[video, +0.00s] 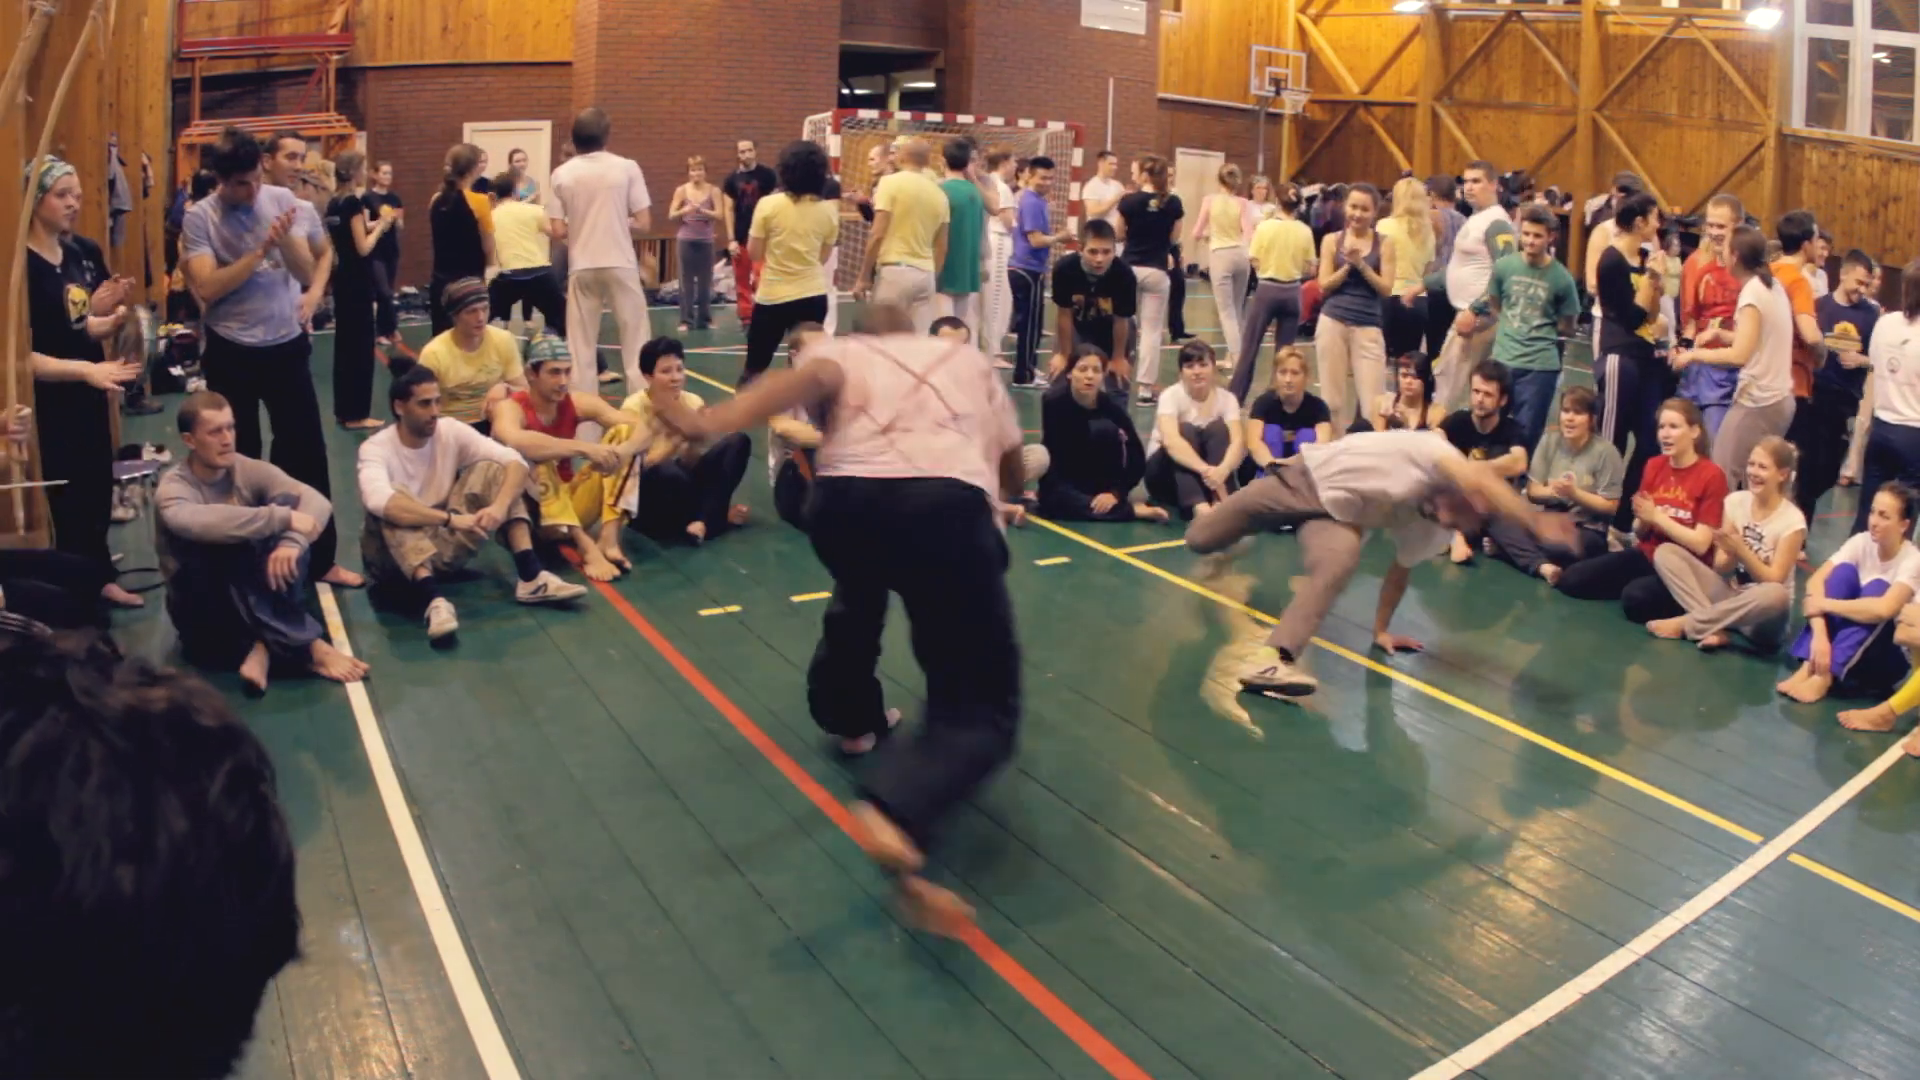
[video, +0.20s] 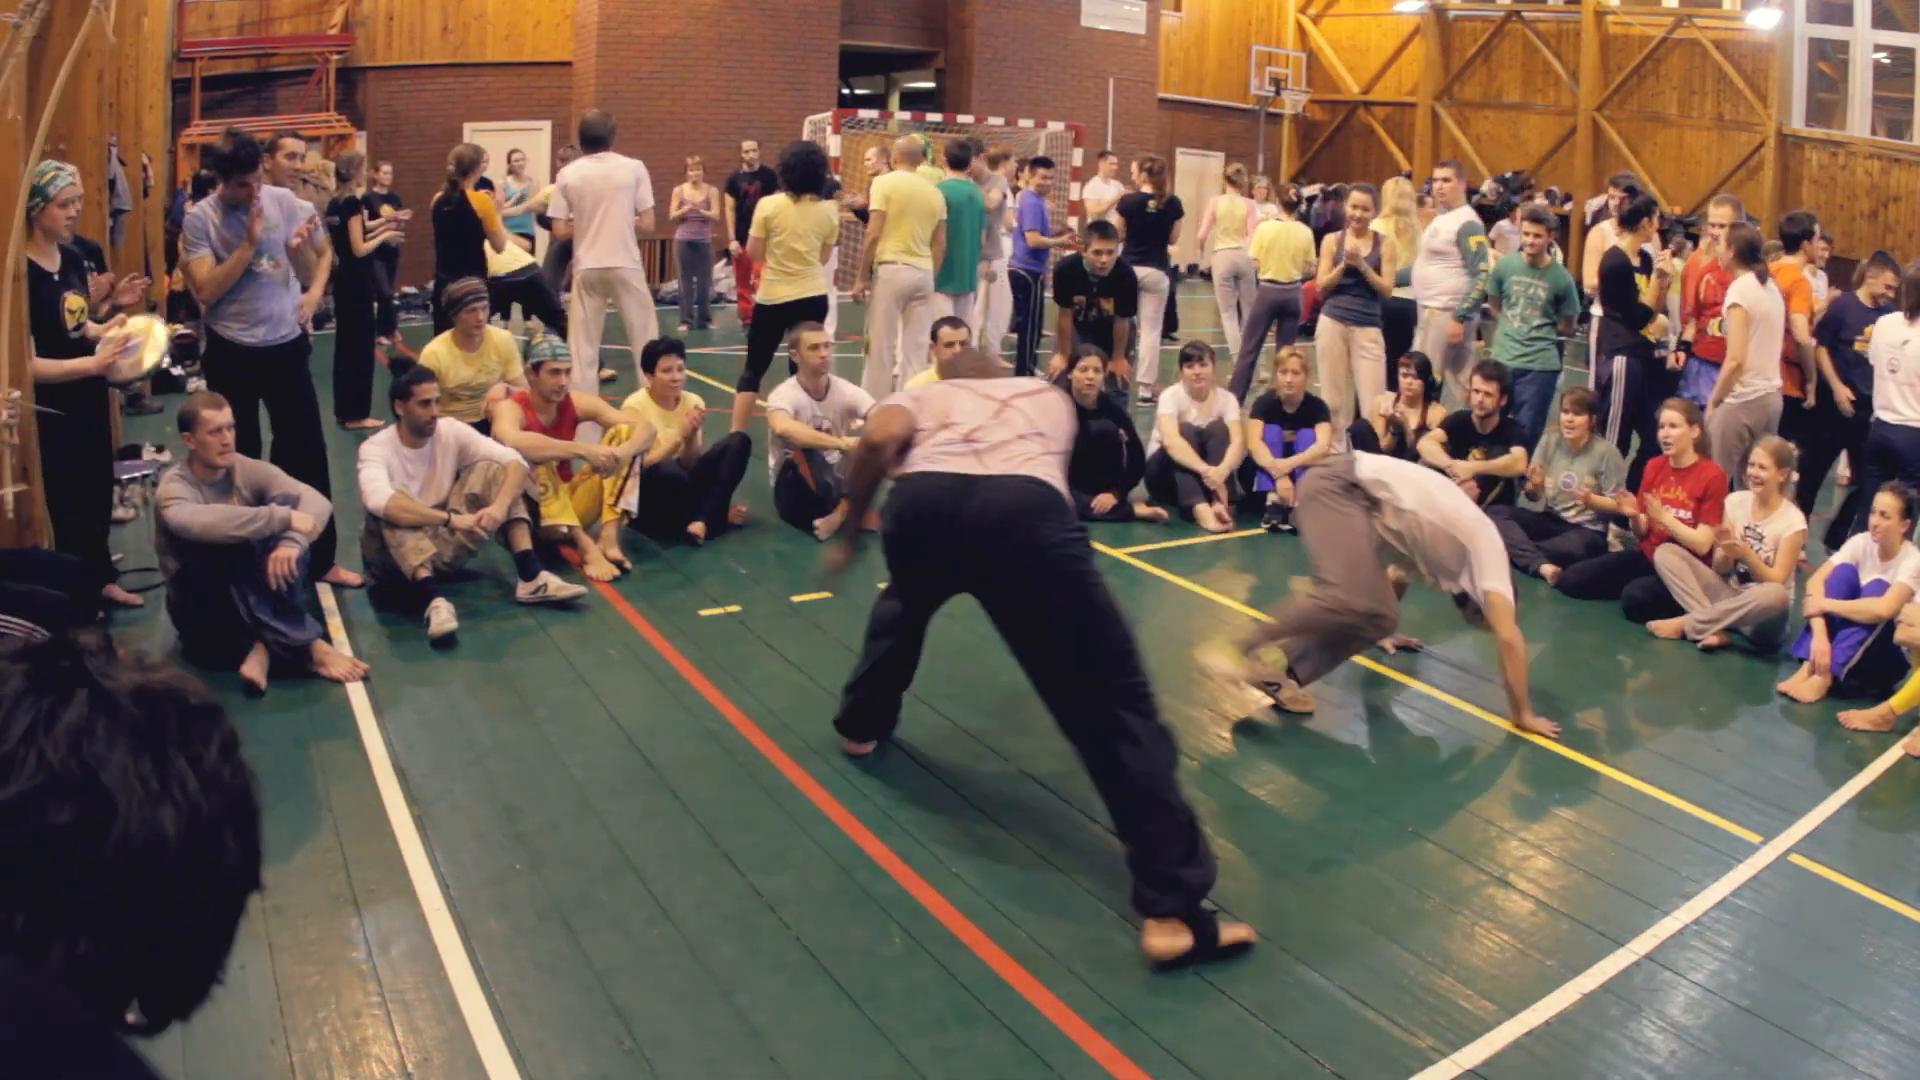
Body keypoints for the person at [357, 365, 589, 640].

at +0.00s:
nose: (434, 412)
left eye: (437, 402)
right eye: (424, 404)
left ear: (441, 401)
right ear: (398, 407)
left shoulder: (450, 430)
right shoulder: (375, 449)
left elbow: (516, 463)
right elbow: (380, 502)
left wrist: (500, 508)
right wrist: (449, 519)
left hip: (449, 545)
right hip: (399, 551)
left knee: (493, 469)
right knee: (395, 500)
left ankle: (532, 576)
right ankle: (434, 601)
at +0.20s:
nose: (434, 412)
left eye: (437, 402)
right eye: (424, 404)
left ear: (441, 401)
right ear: (399, 407)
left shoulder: (451, 430)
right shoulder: (375, 449)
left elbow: (516, 463)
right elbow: (380, 502)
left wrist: (500, 508)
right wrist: (449, 519)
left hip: (450, 545)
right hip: (399, 550)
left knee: (493, 469)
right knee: (395, 500)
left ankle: (532, 576)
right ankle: (434, 602)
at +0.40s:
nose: (434, 412)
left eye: (437, 402)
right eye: (424, 404)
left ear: (441, 401)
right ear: (399, 407)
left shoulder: (450, 430)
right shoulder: (375, 449)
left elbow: (516, 463)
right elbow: (380, 502)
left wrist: (500, 508)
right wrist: (449, 519)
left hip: (450, 545)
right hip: (399, 550)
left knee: (493, 469)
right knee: (395, 500)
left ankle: (532, 577)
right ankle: (434, 602)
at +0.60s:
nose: (434, 412)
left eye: (437, 402)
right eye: (424, 404)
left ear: (441, 401)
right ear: (399, 407)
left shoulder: (450, 430)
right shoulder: (375, 449)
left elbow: (516, 463)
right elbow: (380, 502)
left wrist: (500, 508)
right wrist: (450, 519)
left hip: (449, 545)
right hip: (399, 551)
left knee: (493, 469)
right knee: (395, 501)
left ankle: (532, 577)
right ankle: (434, 601)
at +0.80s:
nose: (434, 412)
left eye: (437, 403)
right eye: (424, 404)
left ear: (441, 401)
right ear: (398, 407)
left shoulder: (450, 430)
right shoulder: (375, 449)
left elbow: (516, 463)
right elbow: (380, 502)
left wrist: (500, 508)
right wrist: (449, 519)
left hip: (450, 544)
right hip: (400, 549)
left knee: (493, 469)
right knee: (395, 501)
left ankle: (532, 577)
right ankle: (435, 602)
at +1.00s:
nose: (434, 412)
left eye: (436, 403)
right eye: (424, 405)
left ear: (440, 401)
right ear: (398, 407)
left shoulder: (450, 430)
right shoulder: (375, 449)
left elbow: (516, 463)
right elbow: (380, 502)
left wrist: (500, 508)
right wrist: (449, 519)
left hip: (450, 544)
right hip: (400, 550)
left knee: (492, 469)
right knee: (395, 501)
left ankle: (532, 577)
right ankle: (435, 601)